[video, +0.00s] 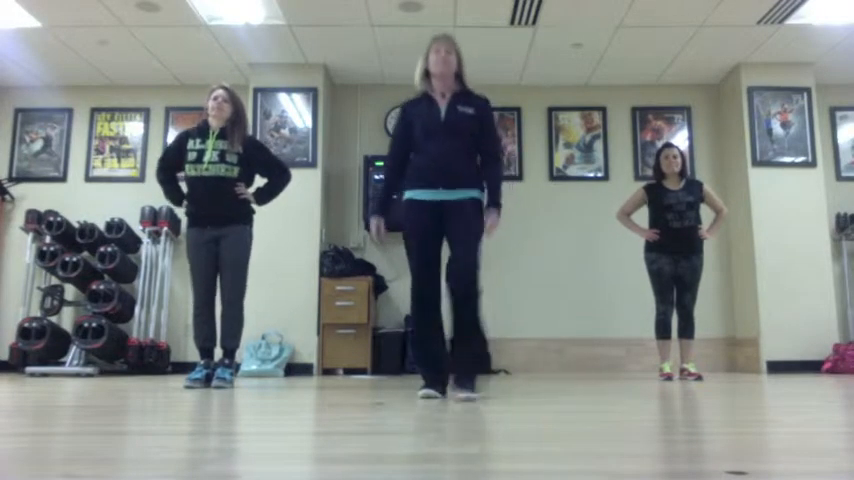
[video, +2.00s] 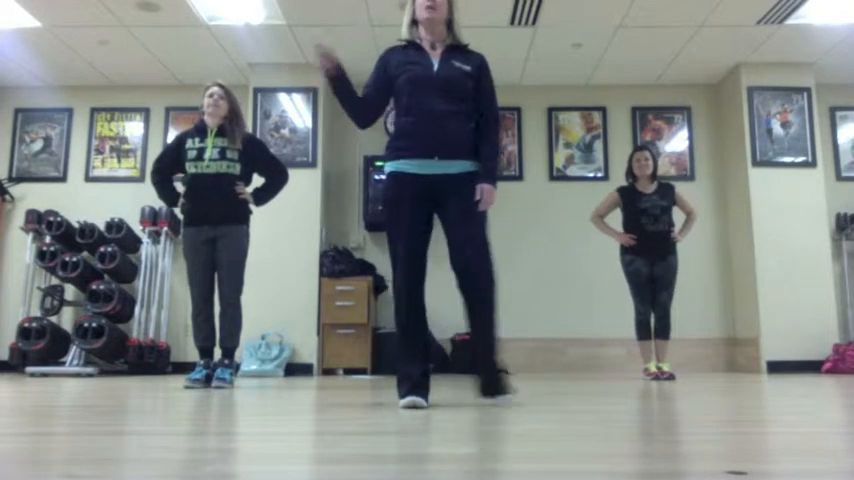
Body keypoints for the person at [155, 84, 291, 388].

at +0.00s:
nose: (217, 102)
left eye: (224, 100)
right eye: (214, 98)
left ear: (234, 110)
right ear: (206, 106)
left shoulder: (246, 144)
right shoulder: (189, 139)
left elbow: (282, 174)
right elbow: (164, 169)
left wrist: (258, 196)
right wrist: (180, 200)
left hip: (235, 227)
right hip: (199, 226)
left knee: (232, 295)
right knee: (202, 296)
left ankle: (227, 363)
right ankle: (205, 362)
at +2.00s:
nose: (213, 100)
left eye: (220, 97)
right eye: (209, 96)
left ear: (230, 107)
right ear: (202, 104)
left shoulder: (245, 142)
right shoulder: (187, 140)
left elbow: (280, 174)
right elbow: (159, 171)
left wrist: (256, 196)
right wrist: (175, 199)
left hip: (232, 227)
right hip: (196, 226)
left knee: (229, 295)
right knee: (200, 297)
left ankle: (227, 362)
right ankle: (205, 361)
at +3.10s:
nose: (221, 99)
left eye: (227, 96)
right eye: (216, 95)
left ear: (237, 107)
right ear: (208, 105)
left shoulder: (251, 143)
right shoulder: (193, 139)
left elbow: (284, 176)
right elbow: (161, 169)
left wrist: (263, 198)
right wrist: (176, 197)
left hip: (236, 227)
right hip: (199, 226)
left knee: (231, 296)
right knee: (202, 297)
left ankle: (227, 363)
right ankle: (205, 362)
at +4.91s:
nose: (261, 98)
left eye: (268, 96)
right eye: (257, 94)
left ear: (278, 106)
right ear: (248, 102)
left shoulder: (287, 144)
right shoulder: (229, 136)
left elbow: (294, 190)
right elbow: (208, 183)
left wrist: (315, 182)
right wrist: (220, 182)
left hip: (268, 228)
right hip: (230, 226)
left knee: (265, 297)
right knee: (215, 290)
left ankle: (263, 364)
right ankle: (194, 358)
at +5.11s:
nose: (256, 97)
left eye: (263, 94)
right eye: (252, 93)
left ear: (273, 103)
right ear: (244, 101)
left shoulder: (285, 141)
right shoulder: (227, 135)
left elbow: (297, 186)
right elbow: (205, 180)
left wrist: (315, 181)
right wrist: (192, 162)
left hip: (263, 228)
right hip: (224, 223)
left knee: (262, 297)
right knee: (199, 283)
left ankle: (263, 364)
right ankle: (182, 348)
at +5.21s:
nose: (248, 95)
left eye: (254, 92)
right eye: (243, 91)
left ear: (265, 103)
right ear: (236, 100)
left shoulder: (277, 142)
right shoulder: (218, 137)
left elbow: (292, 184)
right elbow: (200, 180)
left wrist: (309, 177)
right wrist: (180, 185)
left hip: (256, 228)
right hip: (216, 225)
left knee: (257, 296)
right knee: (203, 294)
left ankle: (262, 365)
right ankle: (190, 364)